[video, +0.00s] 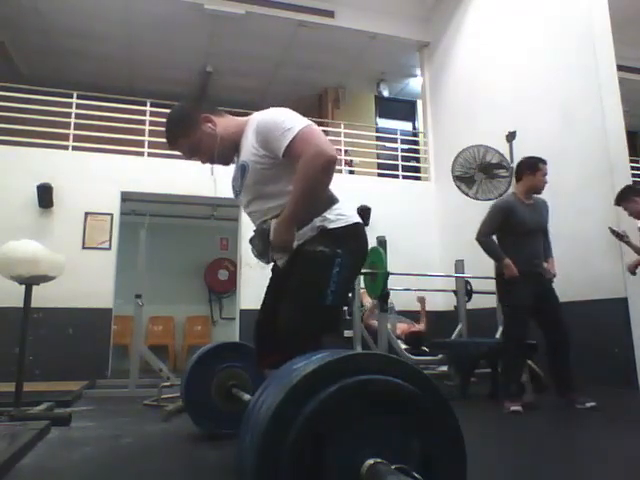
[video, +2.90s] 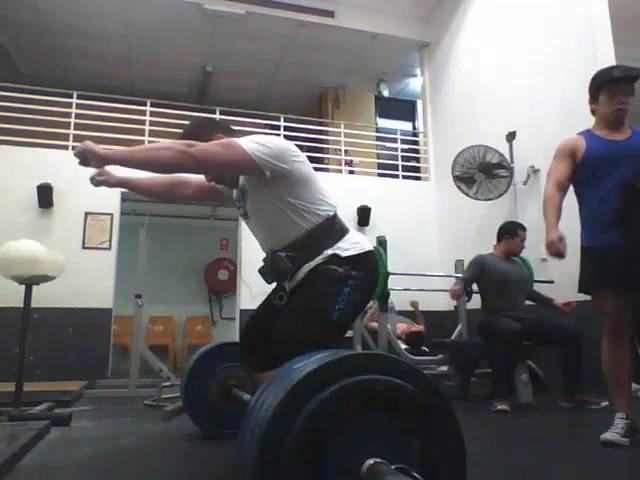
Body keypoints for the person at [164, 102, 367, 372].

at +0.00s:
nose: (202, 160)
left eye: (196, 151)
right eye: (194, 157)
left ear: (209, 125)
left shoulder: (267, 121)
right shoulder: (241, 173)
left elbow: (321, 156)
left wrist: (287, 223)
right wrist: (265, 235)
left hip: (330, 240)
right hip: (296, 255)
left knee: (299, 337)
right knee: (270, 340)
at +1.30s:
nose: (198, 161)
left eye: (194, 151)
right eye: (191, 157)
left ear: (210, 127)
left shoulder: (272, 130)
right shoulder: (241, 178)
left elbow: (276, 182)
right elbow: (236, 228)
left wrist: (263, 246)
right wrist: (223, 265)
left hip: (328, 245)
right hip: (296, 260)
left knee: (288, 337)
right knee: (258, 336)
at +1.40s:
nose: (200, 162)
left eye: (197, 151)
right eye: (193, 157)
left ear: (213, 126)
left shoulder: (272, 133)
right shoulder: (236, 175)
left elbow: (257, 174)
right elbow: (212, 219)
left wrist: (220, 216)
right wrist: (179, 262)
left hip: (330, 247)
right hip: (292, 263)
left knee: (290, 339)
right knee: (258, 338)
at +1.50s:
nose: (204, 157)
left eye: (201, 148)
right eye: (197, 154)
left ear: (215, 125)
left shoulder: (278, 134)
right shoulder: (241, 177)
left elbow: (227, 158)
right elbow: (204, 207)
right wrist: (150, 233)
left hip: (331, 250)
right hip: (294, 264)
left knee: (294, 342)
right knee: (257, 338)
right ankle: (283, 426)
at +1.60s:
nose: (208, 147)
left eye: (206, 140)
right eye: (201, 144)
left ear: (219, 123)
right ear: (213, 133)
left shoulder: (278, 134)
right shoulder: (238, 177)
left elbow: (210, 147)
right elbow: (188, 197)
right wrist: (131, 207)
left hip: (333, 251)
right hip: (296, 267)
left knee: (288, 346)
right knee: (257, 345)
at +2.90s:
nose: (202, 163)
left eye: (201, 154)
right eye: (195, 157)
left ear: (217, 137)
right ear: (213, 144)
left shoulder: (273, 150)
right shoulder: (237, 184)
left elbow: (190, 155)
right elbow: (181, 189)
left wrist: (109, 152)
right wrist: (122, 180)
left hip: (342, 265)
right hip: (304, 275)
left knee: (285, 352)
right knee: (254, 344)